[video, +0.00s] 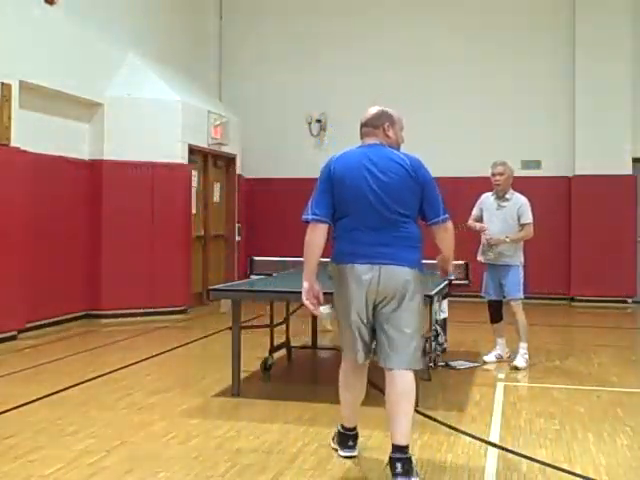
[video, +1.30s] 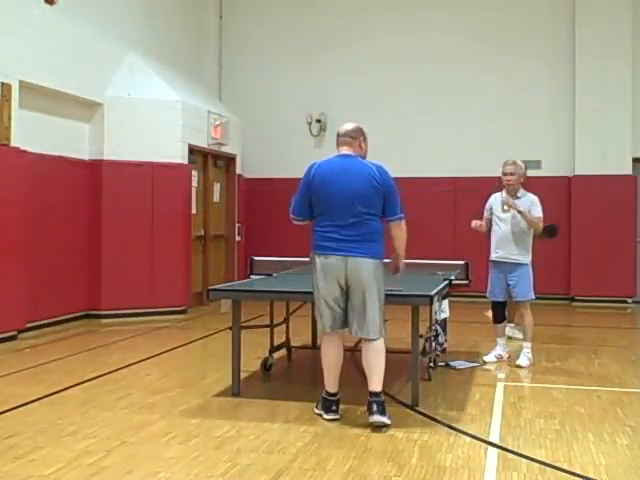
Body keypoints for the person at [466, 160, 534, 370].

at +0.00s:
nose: (496, 179)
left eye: (500, 175)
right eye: (493, 175)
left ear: (511, 177)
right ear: (490, 178)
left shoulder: (521, 202)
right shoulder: (484, 200)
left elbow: (528, 232)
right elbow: (471, 221)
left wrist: (504, 239)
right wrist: (479, 226)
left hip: (512, 262)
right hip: (491, 261)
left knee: (515, 304)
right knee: (493, 305)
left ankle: (523, 349)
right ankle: (500, 347)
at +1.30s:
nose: (508, 178)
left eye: (513, 174)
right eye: (505, 174)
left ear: (522, 177)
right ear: (501, 177)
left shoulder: (531, 200)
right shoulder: (494, 199)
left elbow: (538, 227)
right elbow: (486, 225)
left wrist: (518, 210)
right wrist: (480, 225)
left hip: (520, 260)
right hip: (497, 259)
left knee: (523, 305)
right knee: (497, 305)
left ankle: (526, 349)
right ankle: (501, 347)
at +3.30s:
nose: (502, 187)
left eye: (505, 183)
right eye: (499, 183)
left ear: (517, 180)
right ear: (497, 183)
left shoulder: (531, 200)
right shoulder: (495, 198)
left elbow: (537, 228)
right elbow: (483, 224)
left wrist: (512, 224)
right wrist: (483, 215)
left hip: (520, 261)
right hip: (498, 259)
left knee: (523, 305)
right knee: (498, 304)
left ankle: (526, 349)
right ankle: (501, 347)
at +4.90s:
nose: (483, 194)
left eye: (486, 189)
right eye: (481, 190)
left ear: (497, 184)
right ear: (479, 188)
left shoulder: (513, 203)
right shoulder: (478, 203)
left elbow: (523, 234)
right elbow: (470, 227)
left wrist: (500, 252)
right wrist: (474, 240)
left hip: (508, 263)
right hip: (487, 263)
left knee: (505, 303)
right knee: (491, 304)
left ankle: (513, 349)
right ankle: (500, 345)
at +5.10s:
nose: (476, 209)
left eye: (479, 206)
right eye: (474, 206)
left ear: (490, 200)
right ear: (473, 203)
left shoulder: (509, 212)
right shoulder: (474, 213)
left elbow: (518, 244)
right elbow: (472, 240)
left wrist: (504, 269)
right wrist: (473, 261)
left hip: (510, 263)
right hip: (489, 264)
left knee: (506, 305)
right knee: (489, 306)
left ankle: (506, 352)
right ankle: (499, 346)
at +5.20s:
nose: (471, 223)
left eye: (474, 220)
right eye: (470, 220)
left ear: (485, 214)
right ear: (469, 216)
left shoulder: (507, 222)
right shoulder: (471, 227)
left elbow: (519, 251)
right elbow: (470, 254)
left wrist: (507, 280)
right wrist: (469, 282)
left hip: (514, 267)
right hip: (492, 268)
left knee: (504, 306)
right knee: (488, 309)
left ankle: (506, 352)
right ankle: (500, 346)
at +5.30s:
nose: (470, 239)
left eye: (472, 235)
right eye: (468, 236)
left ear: (483, 229)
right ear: (466, 233)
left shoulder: (505, 232)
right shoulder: (469, 242)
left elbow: (522, 257)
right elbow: (467, 271)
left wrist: (509, 286)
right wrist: (464, 296)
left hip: (517, 271)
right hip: (495, 273)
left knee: (504, 307)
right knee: (488, 310)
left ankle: (506, 352)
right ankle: (499, 347)